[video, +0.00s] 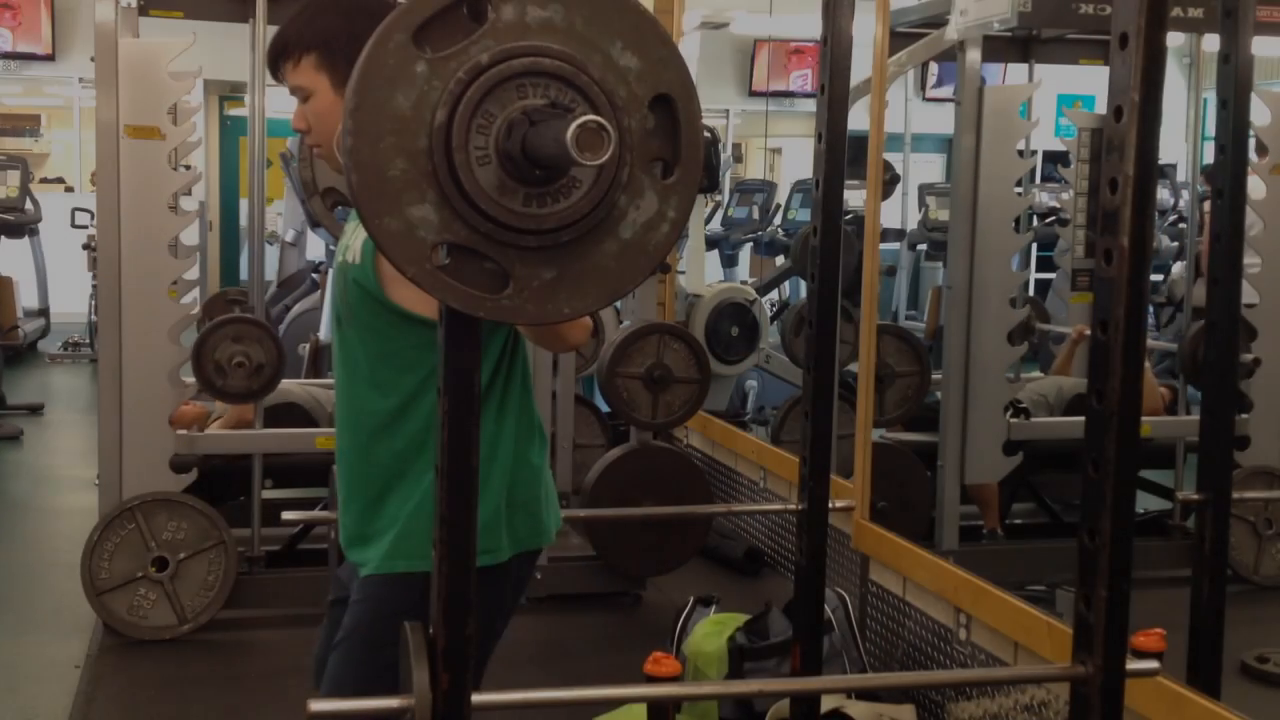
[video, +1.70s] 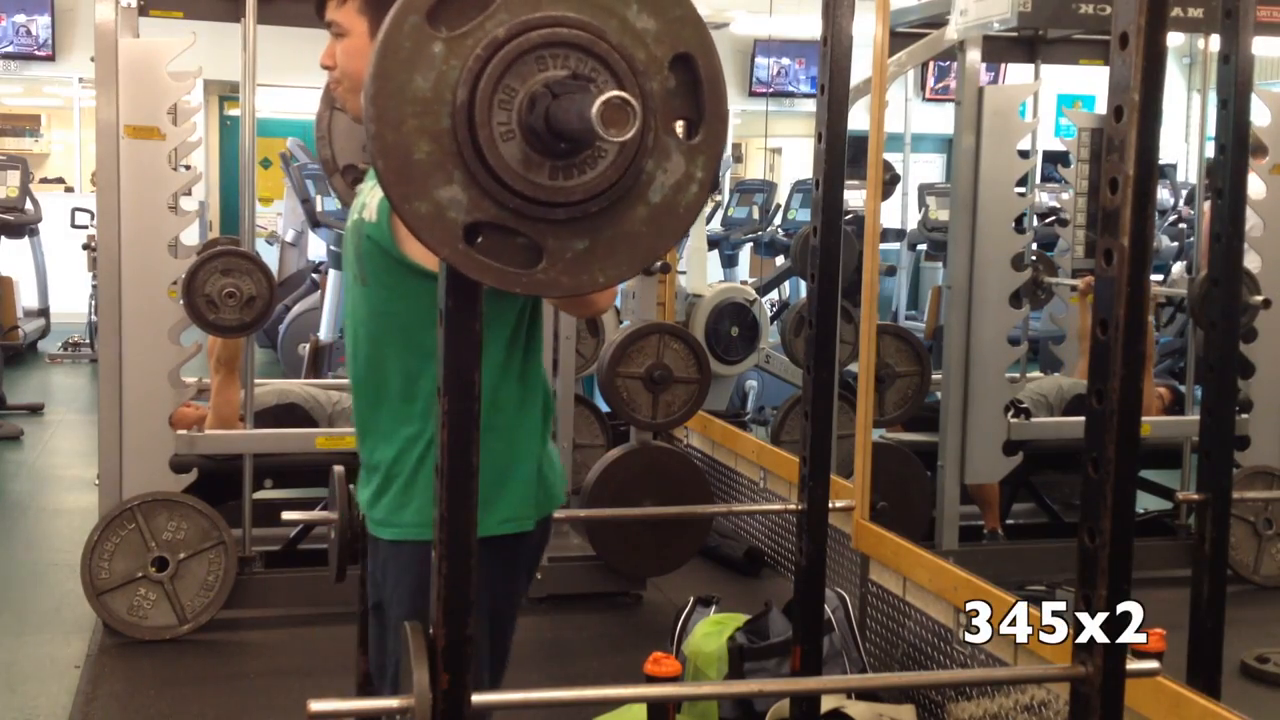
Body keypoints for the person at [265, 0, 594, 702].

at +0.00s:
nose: (296, 120)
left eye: (305, 95)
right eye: (295, 98)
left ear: (369, 89)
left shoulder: (414, 223)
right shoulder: (369, 224)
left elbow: (571, 328)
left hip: (450, 544)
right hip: (395, 535)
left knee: (348, 714)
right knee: (334, 696)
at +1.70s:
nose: (325, 59)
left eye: (338, 32)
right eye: (329, 35)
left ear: (399, 42)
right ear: (380, 46)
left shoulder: (436, 179)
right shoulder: (390, 184)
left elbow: (590, 294)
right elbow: (587, 294)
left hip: (467, 513)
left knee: (444, 706)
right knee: (414, 705)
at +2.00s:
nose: (361, 59)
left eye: (375, 34)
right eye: (365, 36)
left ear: (435, 45)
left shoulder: (465, 175)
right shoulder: (427, 182)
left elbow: (626, 292)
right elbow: (520, 258)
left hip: (510, 509)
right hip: (486, 511)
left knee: (500, 703)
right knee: (488, 705)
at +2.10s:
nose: (376, 71)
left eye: (389, 47)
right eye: (377, 49)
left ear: (450, 62)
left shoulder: (465, 200)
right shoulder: (432, 199)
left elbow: (647, 303)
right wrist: (434, 504)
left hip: (515, 498)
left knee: (498, 694)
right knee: (569, 665)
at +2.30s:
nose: (414, 85)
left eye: (430, 64)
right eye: (415, 63)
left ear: (493, 68)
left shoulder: (516, 204)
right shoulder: (485, 198)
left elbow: (672, 297)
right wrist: (443, 502)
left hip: (549, 502)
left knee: (501, 703)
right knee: (606, 676)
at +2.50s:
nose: (472, 103)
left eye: (480, 81)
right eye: (473, 85)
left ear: (527, 74)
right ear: (527, 78)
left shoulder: (538, 201)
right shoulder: (530, 203)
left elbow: (667, 269)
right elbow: (662, 266)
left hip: (584, 505)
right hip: (601, 500)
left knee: (513, 704)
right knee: (619, 671)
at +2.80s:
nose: (491, 98)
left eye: (498, 74)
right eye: (488, 78)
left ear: (554, 69)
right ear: (551, 73)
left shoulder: (612, 188)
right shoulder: (557, 180)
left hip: (638, 497)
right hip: (594, 490)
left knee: (614, 705)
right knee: (619, 697)